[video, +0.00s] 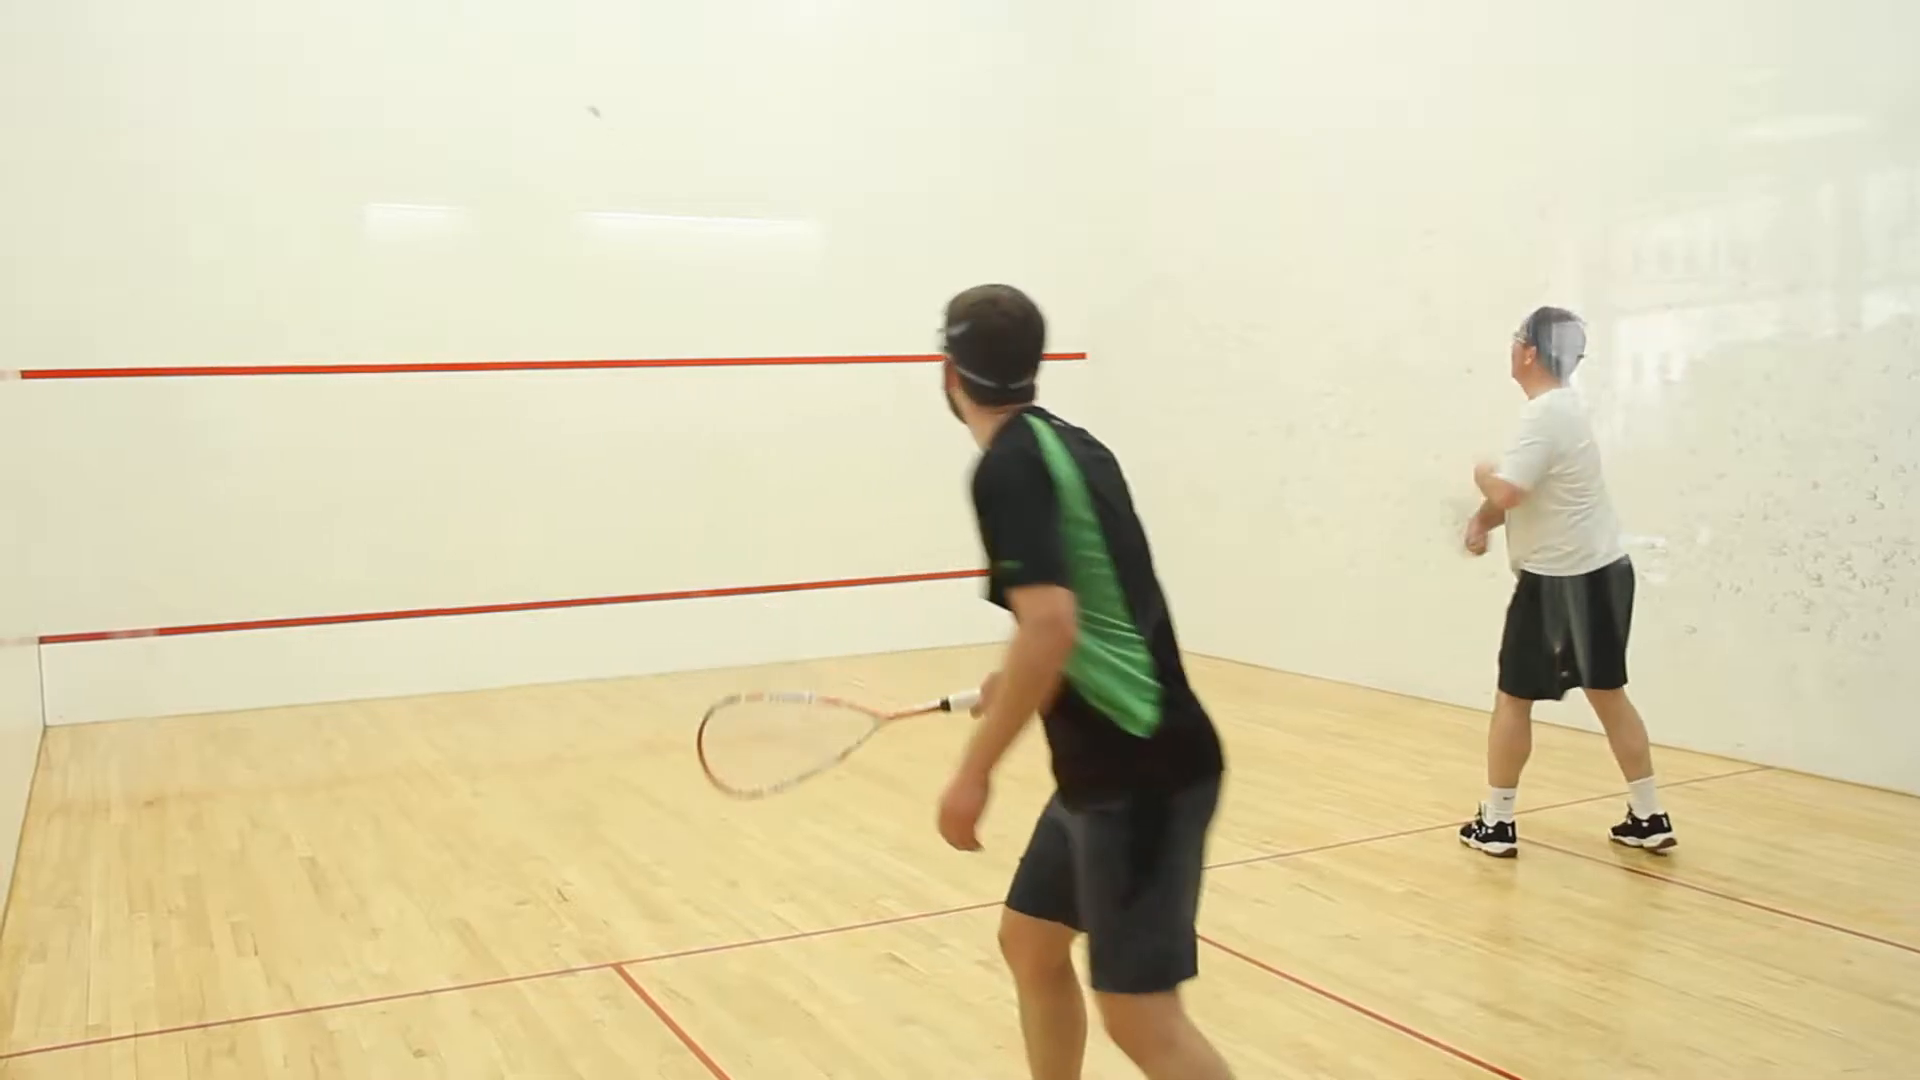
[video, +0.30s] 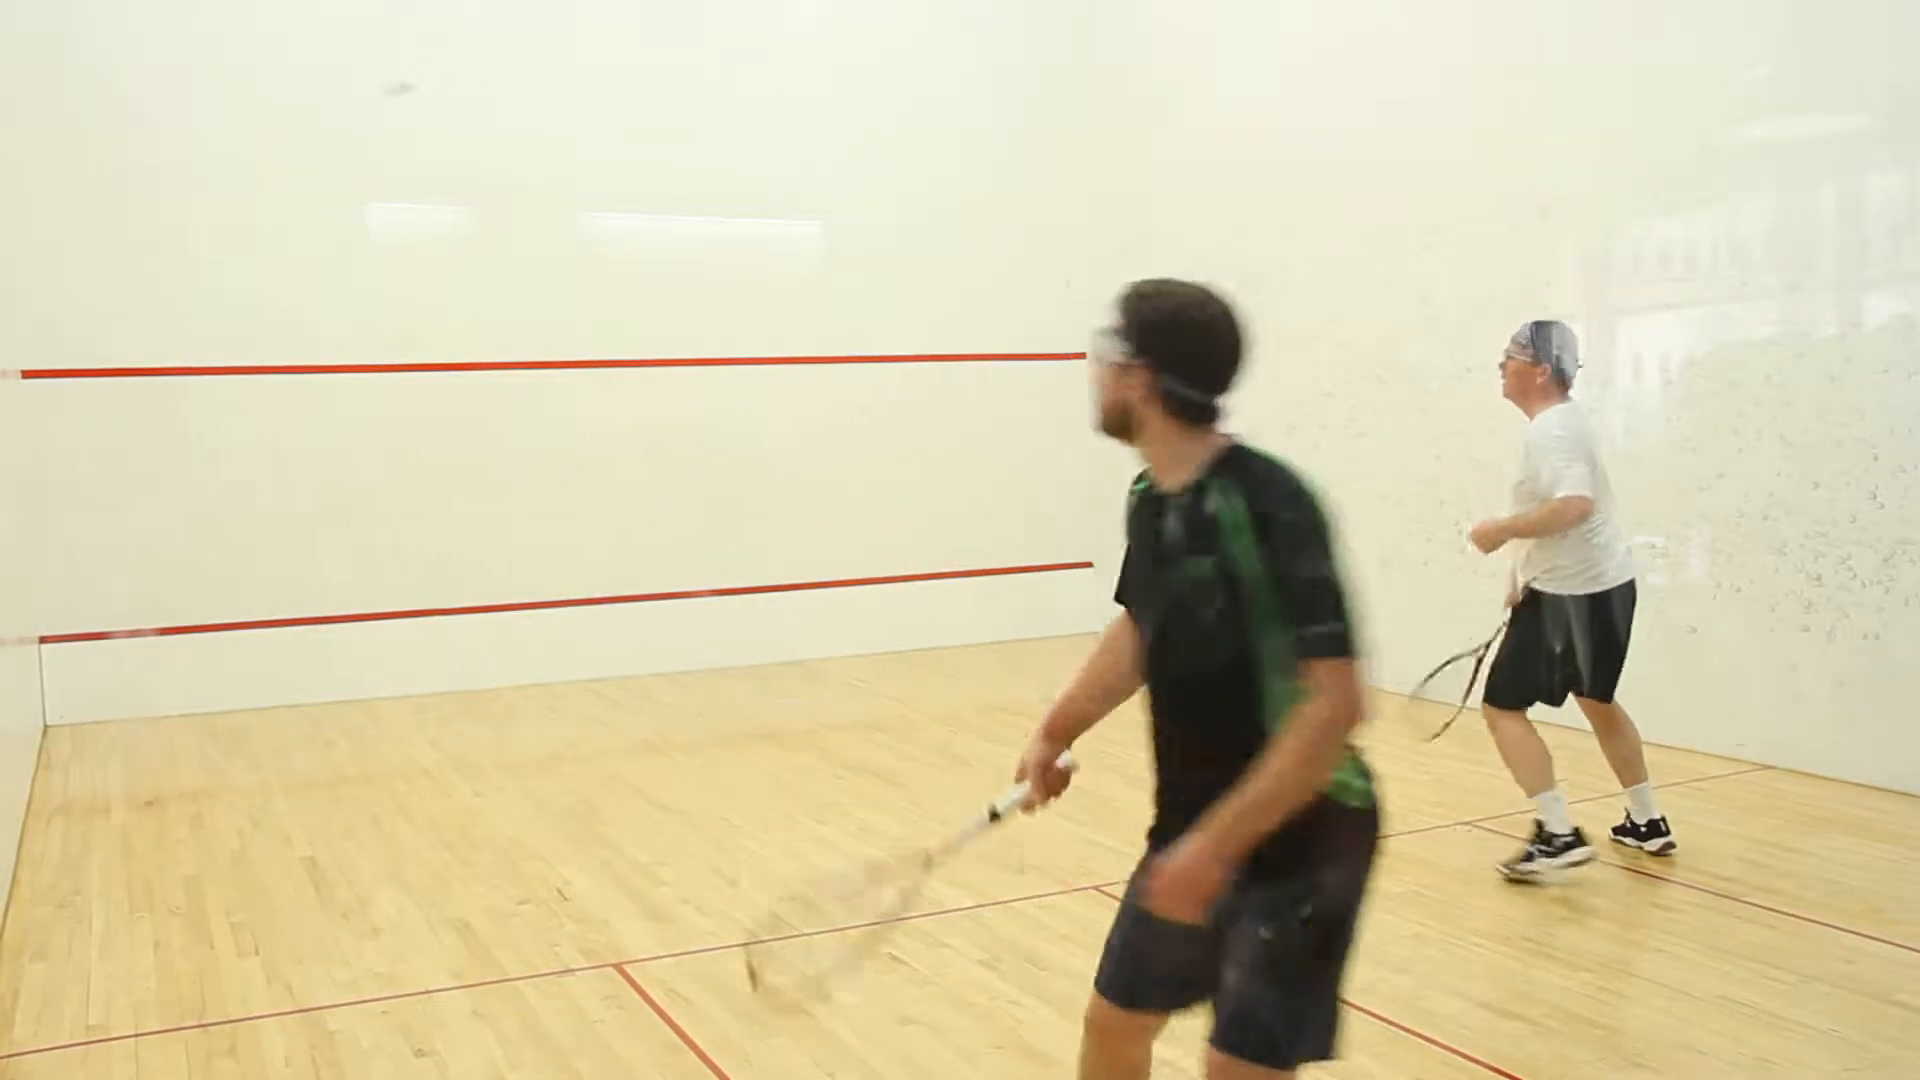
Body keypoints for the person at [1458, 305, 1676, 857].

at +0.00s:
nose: (1511, 352)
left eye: (1516, 343)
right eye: (1515, 343)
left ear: (1529, 353)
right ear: (1556, 356)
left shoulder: (1546, 417)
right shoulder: (1568, 407)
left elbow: (1505, 497)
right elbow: (1529, 480)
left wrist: (1484, 477)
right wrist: (1487, 519)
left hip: (1553, 580)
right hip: (1603, 573)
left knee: (1514, 698)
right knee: (1609, 693)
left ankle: (1497, 823)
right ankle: (1650, 816)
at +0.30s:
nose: (1501, 369)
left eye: (1510, 360)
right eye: (1505, 359)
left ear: (1540, 371)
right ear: (1546, 373)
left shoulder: (1554, 428)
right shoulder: (1564, 423)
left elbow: (1575, 505)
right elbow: (1568, 512)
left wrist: (1504, 528)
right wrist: (1531, 580)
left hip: (1571, 592)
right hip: (1593, 589)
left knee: (1503, 707)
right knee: (1596, 698)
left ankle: (1557, 833)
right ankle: (1647, 822)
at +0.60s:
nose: (1467, 337)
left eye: (1478, 327)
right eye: (1467, 326)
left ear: (1516, 335)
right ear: (1510, 337)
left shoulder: (1510, 397)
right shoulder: (1536, 391)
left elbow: (1515, 480)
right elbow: (1537, 479)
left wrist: (1451, 501)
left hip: (1529, 571)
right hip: (1562, 561)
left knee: (1537, 711)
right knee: (1562, 696)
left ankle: (1544, 848)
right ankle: (1610, 825)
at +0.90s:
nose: (1419, 381)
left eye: (1430, 368)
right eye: (1415, 369)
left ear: (1467, 375)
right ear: (1414, 371)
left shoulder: (1473, 437)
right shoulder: (1463, 434)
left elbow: (1476, 532)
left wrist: (1404, 555)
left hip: (1478, 620)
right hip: (1467, 615)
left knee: (1425, 748)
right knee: (1426, 744)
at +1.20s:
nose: (1291, 389)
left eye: (1298, 378)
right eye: (1294, 377)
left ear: (1322, 385)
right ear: (1343, 386)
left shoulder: (1332, 444)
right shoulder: (1373, 441)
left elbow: (1317, 532)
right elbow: (1374, 531)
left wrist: (1286, 580)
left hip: (1374, 623)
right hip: (1406, 622)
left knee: (1306, 762)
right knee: (1320, 754)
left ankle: (1390, 891)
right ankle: (1345, 873)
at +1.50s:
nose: (1153, 448)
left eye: (1162, 437)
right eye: (1155, 436)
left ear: (1194, 444)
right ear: (1189, 443)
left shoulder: (1228, 502)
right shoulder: (1179, 514)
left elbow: (1303, 549)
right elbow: (1151, 598)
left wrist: (1268, 643)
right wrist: (1102, 669)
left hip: (1248, 702)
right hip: (1224, 695)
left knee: (1116, 799)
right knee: (1223, 791)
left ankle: (1178, 951)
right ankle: (1316, 887)